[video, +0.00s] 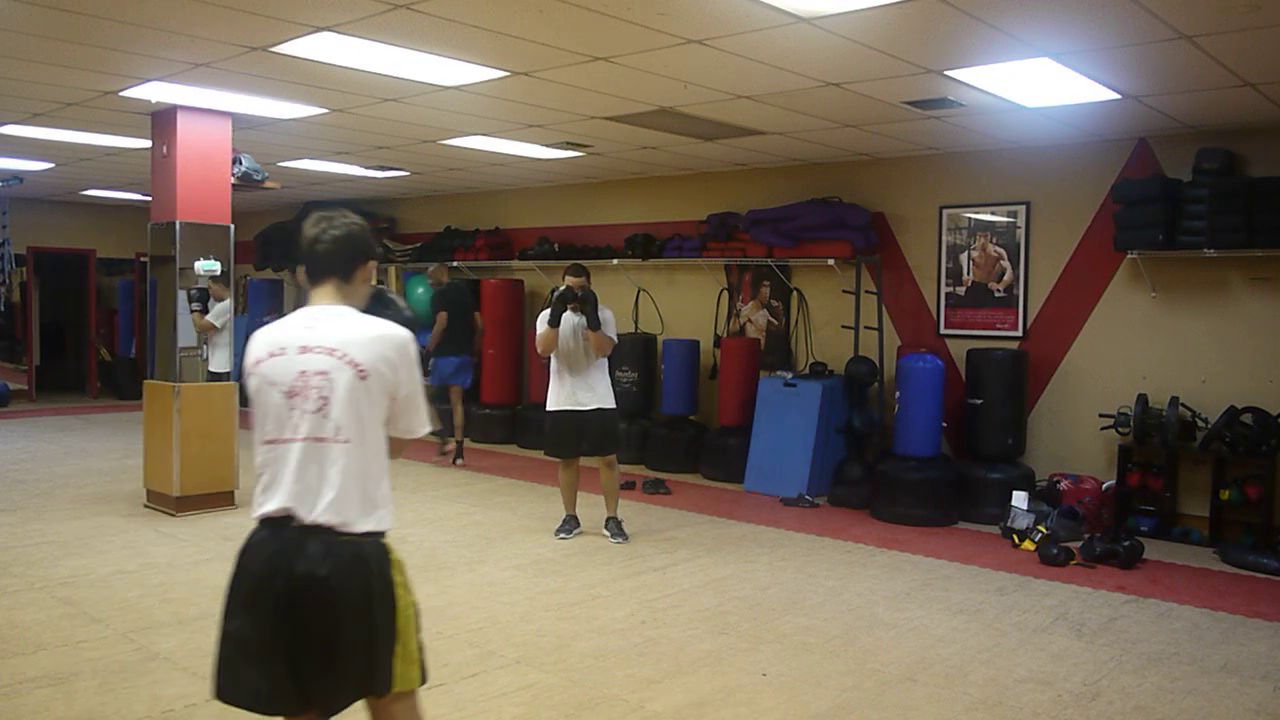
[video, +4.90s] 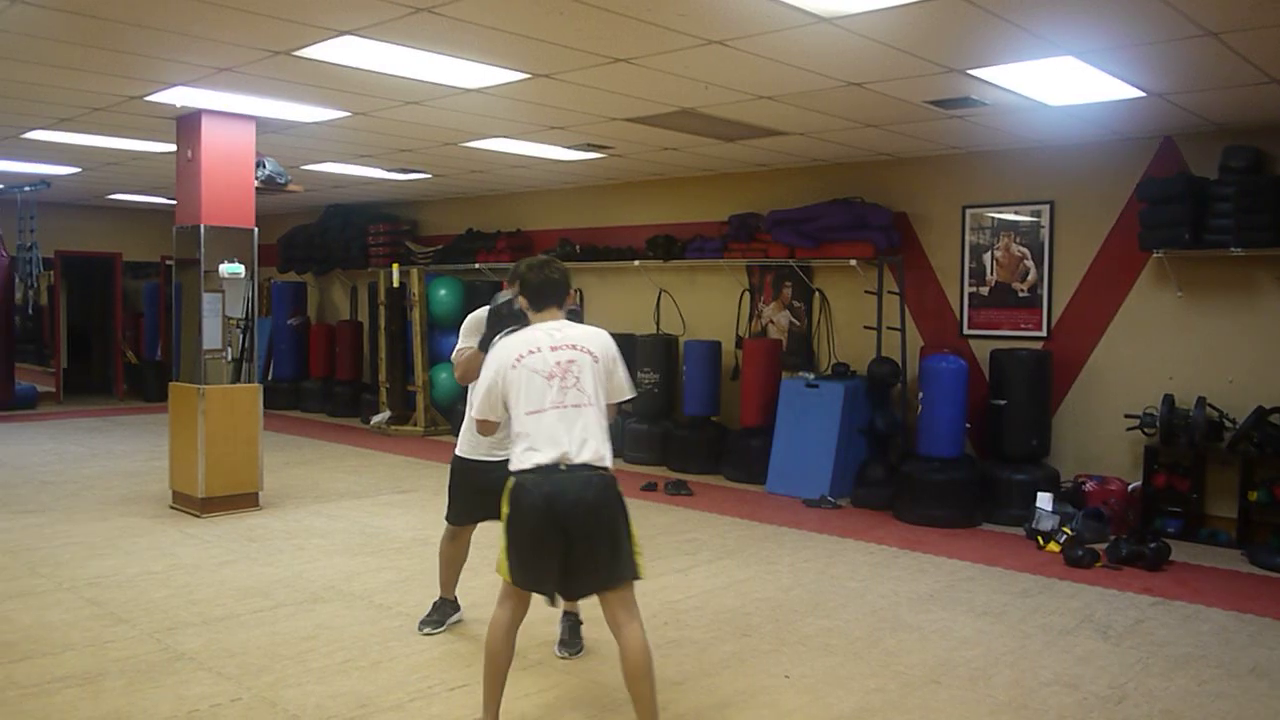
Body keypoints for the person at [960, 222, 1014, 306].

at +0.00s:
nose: (982, 241)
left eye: (985, 237)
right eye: (979, 237)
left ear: (990, 237)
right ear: (976, 237)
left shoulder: (999, 252)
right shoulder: (971, 252)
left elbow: (1009, 272)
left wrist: (1000, 286)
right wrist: (965, 278)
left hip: (990, 288)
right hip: (975, 287)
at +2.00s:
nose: (983, 241)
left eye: (985, 237)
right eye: (979, 237)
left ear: (990, 237)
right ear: (975, 237)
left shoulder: (998, 252)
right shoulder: (971, 253)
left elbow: (1009, 272)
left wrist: (1000, 286)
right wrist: (966, 279)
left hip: (992, 288)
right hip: (975, 287)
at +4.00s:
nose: (983, 241)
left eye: (985, 237)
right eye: (979, 237)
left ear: (990, 237)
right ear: (975, 237)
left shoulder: (998, 252)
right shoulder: (971, 253)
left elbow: (1009, 272)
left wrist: (1000, 286)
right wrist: (966, 279)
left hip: (992, 288)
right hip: (975, 287)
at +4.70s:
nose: (987, 242)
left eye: (990, 238)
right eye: (983, 238)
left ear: (995, 238)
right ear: (979, 238)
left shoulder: (1003, 254)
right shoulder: (975, 254)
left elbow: (1014, 273)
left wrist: (1005, 287)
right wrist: (971, 280)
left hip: (995, 289)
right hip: (979, 288)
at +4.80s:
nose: (995, 240)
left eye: (999, 236)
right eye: (992, 236)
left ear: (1004, 237)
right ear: (988, 237)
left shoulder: (1012, 252)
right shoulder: (985, 251)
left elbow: (1023, 272)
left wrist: (1015, 286)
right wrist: (979, 278)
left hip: (1004, 288)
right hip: (988, 287)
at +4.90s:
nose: (1006, 240)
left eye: (1009, 236)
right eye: (1003, 236)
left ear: (1014, 237)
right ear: (999, 237)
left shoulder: (1022, 252)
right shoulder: (994, 253)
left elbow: (1033, 272)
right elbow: (991, 269)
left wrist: (1025, 286)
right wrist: (990, 279)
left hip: (1014, 287)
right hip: (998, 286)